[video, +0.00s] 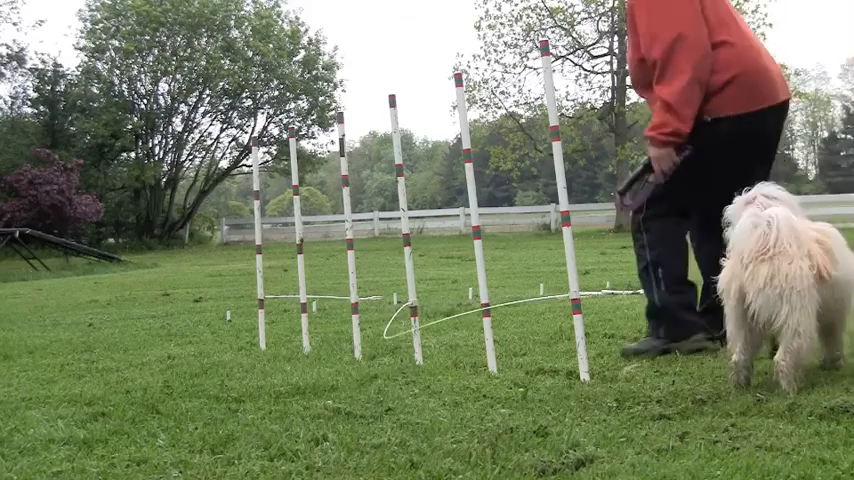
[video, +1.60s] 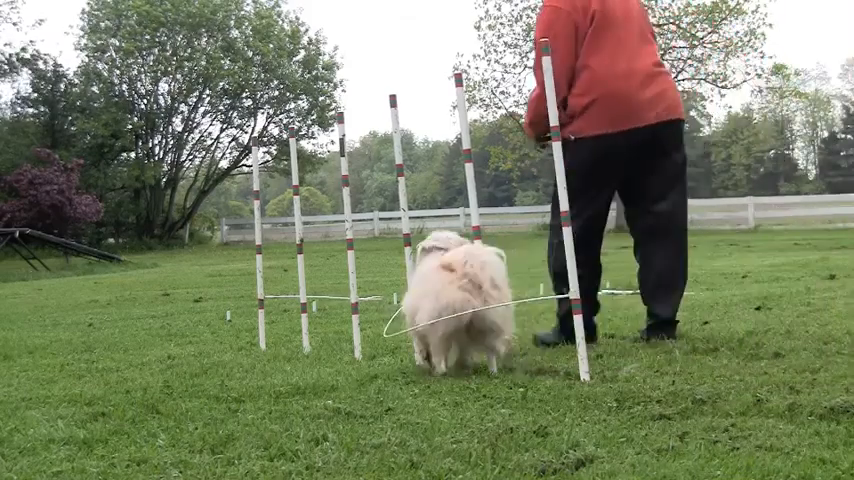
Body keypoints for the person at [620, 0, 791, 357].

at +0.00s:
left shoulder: (653, 5)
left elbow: (685, 51)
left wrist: (664, 135)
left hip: (733, 99)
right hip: (763, 93)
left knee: (655, 212)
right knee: (711, 215)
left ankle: (674, 326)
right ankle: (720, 319)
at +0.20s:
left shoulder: (622, 5)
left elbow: (642, 67)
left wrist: (644, 153)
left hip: (707, 96)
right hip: (750, 85)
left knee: (671, 220)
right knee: (729, 214)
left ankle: (650, 337)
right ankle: (719, 326)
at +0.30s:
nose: (558, 5)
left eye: (554, 3)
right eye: (553, 5)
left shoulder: (607, 6)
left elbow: (624, 76)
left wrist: (608, 161)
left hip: (692, 95)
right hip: (741, 81)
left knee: (656, 219)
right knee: (727, 216)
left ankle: (650, 339)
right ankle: (721, 323)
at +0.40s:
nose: (548, 5)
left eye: (547, 4)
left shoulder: (595, 6)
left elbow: (603, 79)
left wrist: (570, 153)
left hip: (682, 93)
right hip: (731, 80)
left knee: (646, 221)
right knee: (723, 219)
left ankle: (648, 339)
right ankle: (728, 329)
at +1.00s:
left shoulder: (560, 4)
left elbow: (563, 71)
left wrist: (534, 139)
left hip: (642, 93)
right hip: (690, 83)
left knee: (622, 223)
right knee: (672, 214)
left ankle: (645, 333)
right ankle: (678, 328)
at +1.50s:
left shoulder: (567, 4)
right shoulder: (637, 5)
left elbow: (565, 76)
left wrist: (546, 124)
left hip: (612, 116)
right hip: (673, 107)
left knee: (579, 227)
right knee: (665, 221)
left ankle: (616, 316)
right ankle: (665, 321)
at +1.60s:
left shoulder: (559, 6)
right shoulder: (630, 5)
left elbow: (552, 77)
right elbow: (640, 60)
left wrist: (536, 125)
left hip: (596, 116)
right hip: (660, 108)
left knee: (576, 225)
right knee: (660, 221)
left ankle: (575, 325)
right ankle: (663, 323)